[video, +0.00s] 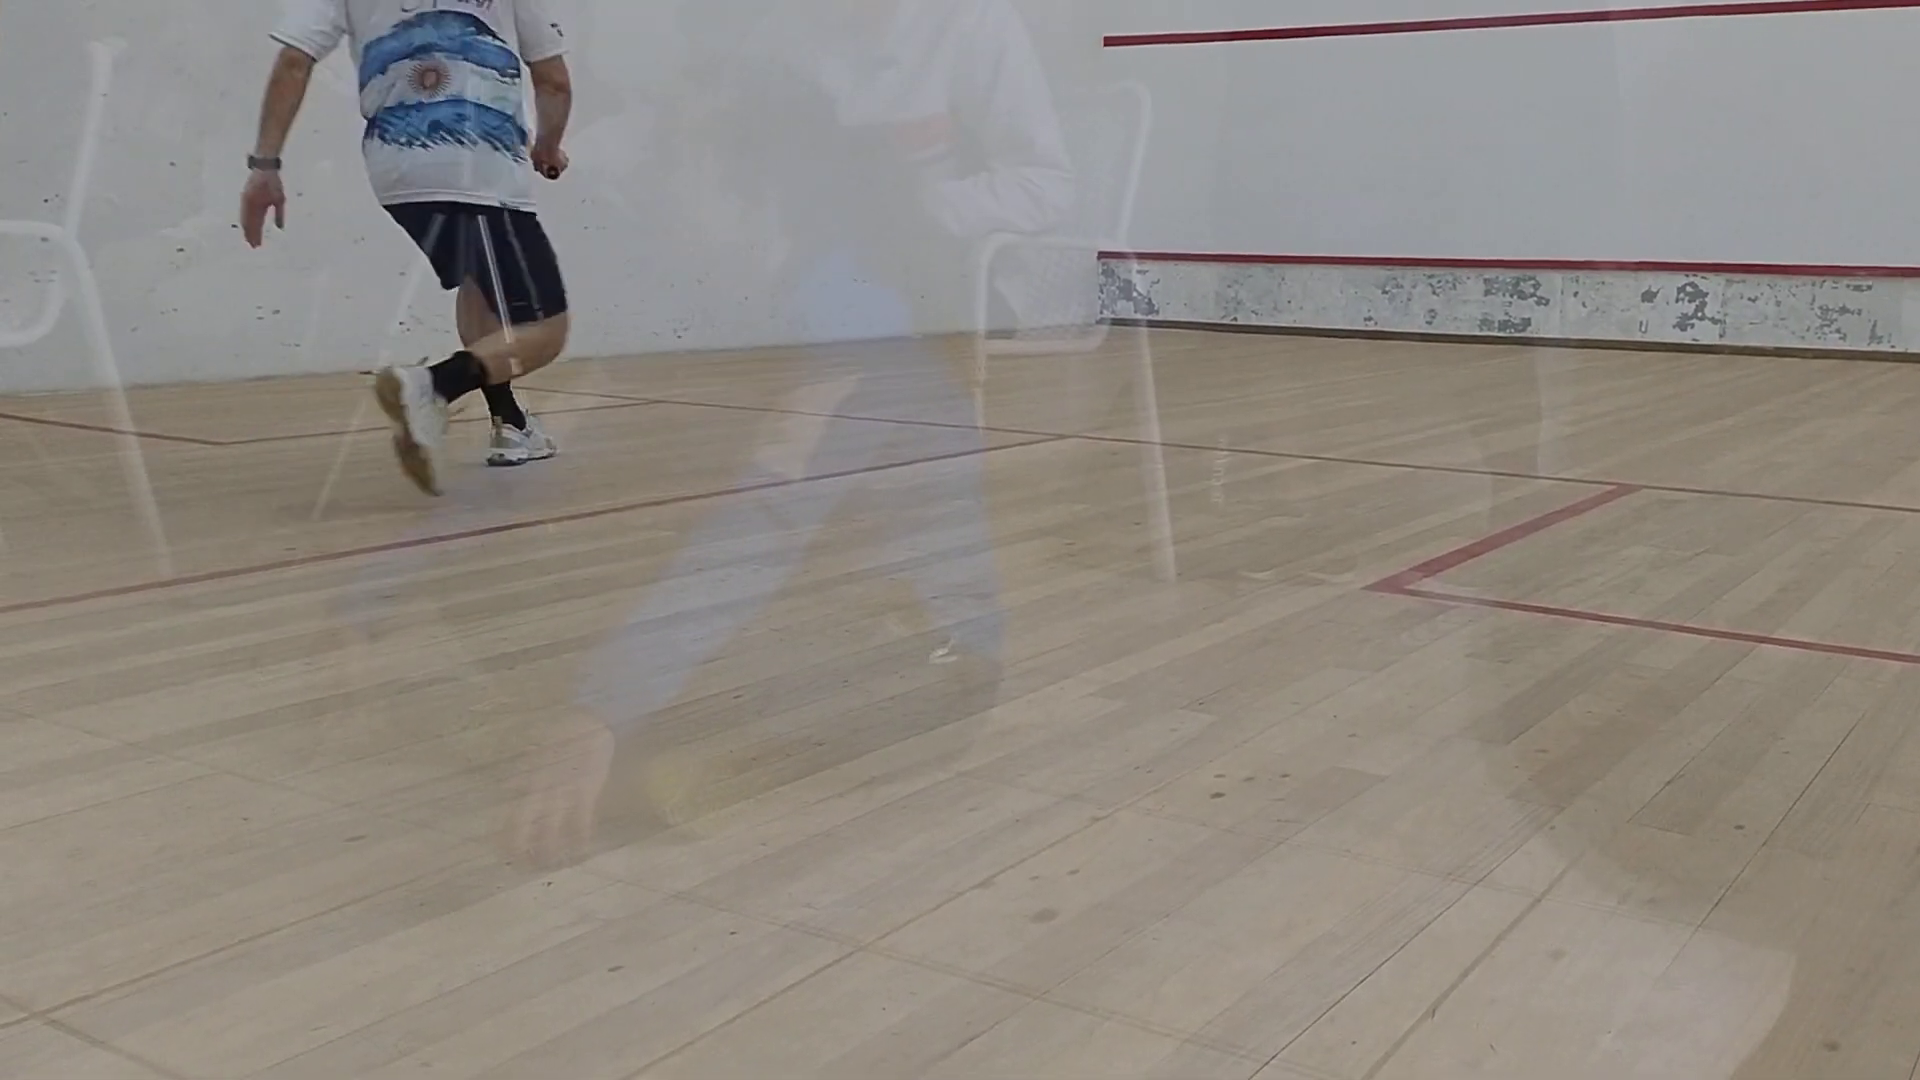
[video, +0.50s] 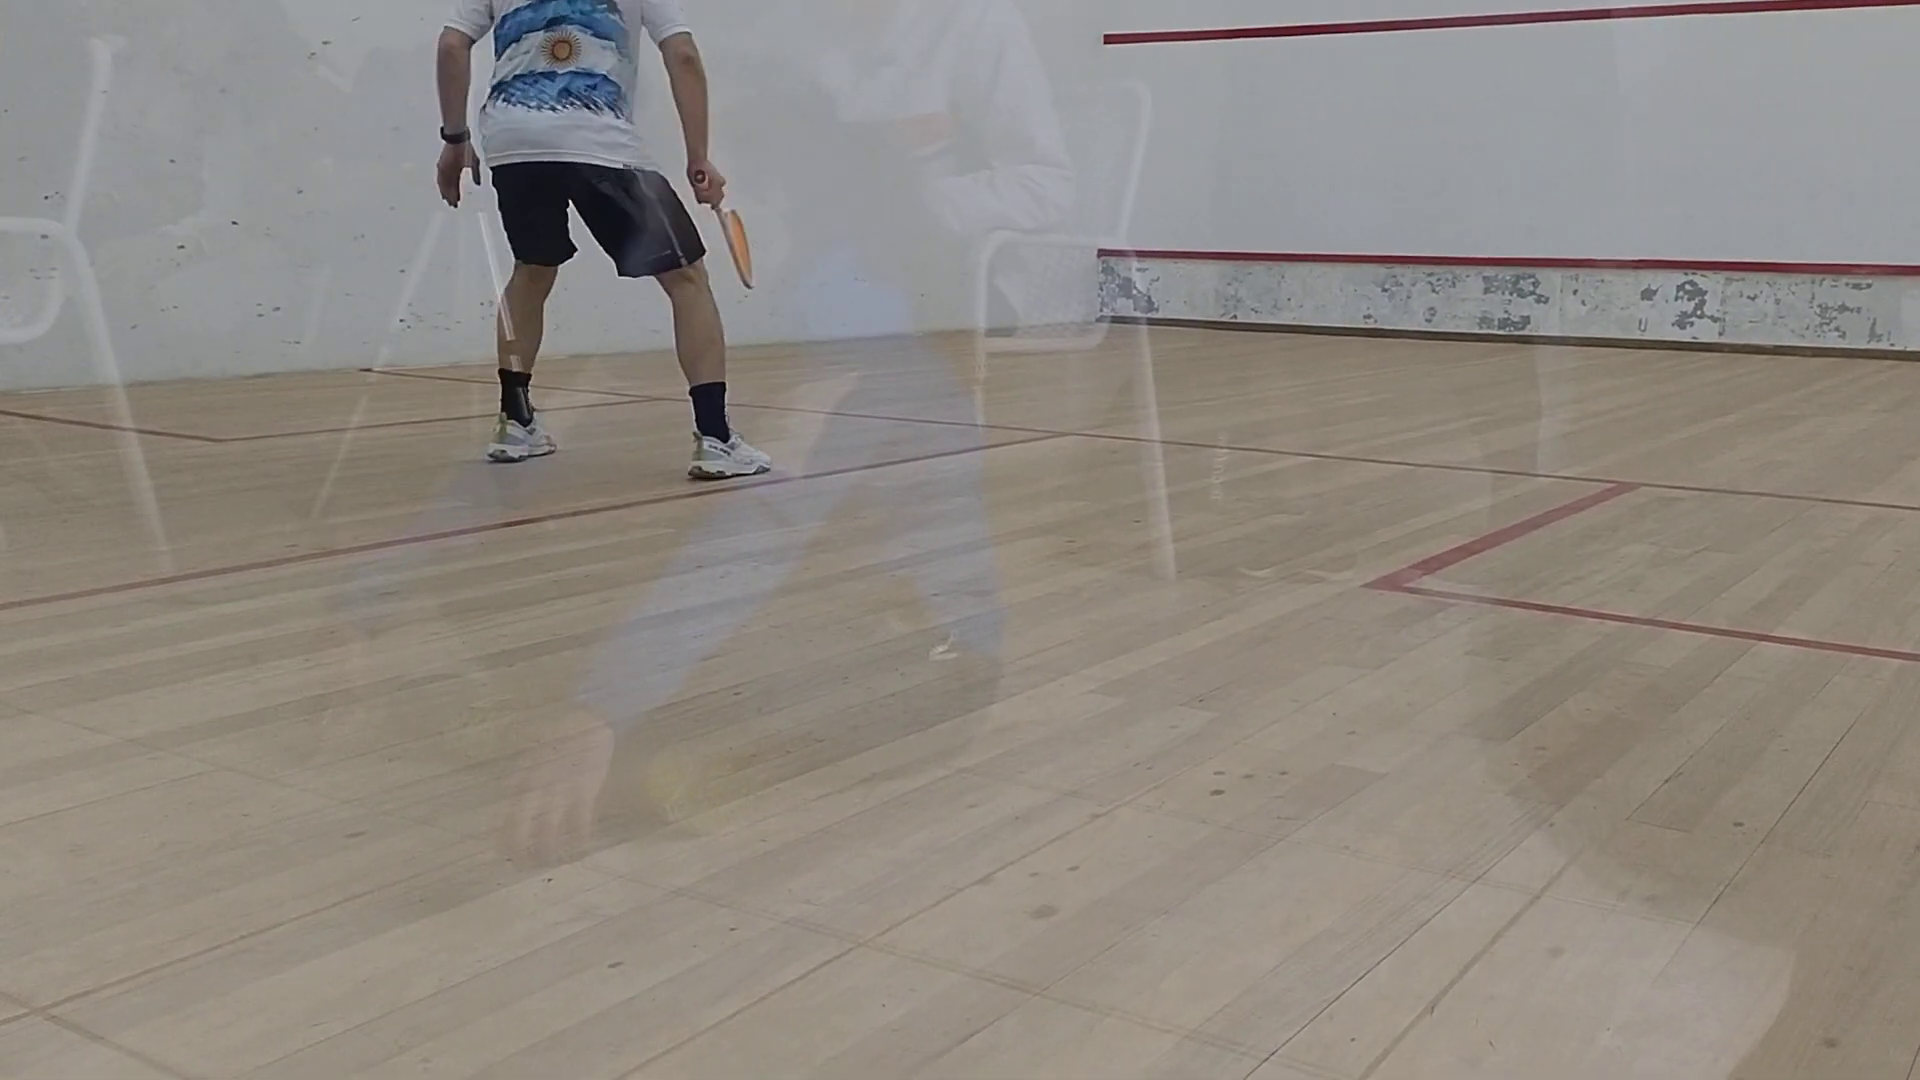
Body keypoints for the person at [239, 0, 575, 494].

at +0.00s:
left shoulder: (352, 0)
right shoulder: (506, 0)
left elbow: (294, 57)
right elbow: (554, 79)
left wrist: (265, 164)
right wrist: (547, 144)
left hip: (395, 175)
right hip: (481, 171)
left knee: (474, 283)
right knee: (545, 332)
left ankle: (511, 425)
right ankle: (430, 387)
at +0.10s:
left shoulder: (388, 1)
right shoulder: (536, 0)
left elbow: (337, 79)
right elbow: (589, 87)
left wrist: (334, 164)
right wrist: (583, 158)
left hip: (421, 173)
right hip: (511, 169)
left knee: (494, 274)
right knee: (613, 298)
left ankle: (508, 435)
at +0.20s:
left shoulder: (424, 1)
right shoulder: (563, 0)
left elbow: (376, 67)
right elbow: (614, 75)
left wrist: (391, 135)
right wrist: (616, 162)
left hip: (446, 165)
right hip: (533, 160)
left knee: (506, 270)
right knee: (644, 280)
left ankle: (513, 425)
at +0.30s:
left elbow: (407, 62)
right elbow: (643, 69)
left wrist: (428, 129)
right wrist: (647, 165)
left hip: (477, 159)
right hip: (563, 151)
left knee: (514, 277)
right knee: (665, 284)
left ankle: (512, 425)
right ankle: (713, 439)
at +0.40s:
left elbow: (432, 54)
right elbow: (665, 61)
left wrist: (447, 133)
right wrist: (674, 159)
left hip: (499, 150)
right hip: (585, 147)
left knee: (527, 269)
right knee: (680, 282)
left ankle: (513, 423)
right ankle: (715, 438)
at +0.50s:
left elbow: (452, 41)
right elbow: (683, 54)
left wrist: (455, 136)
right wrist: (698, 157)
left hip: (510, 143)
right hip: (597, 139)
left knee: (532, 270)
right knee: (686, 280)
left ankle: (515, 423)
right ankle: (715, 439)